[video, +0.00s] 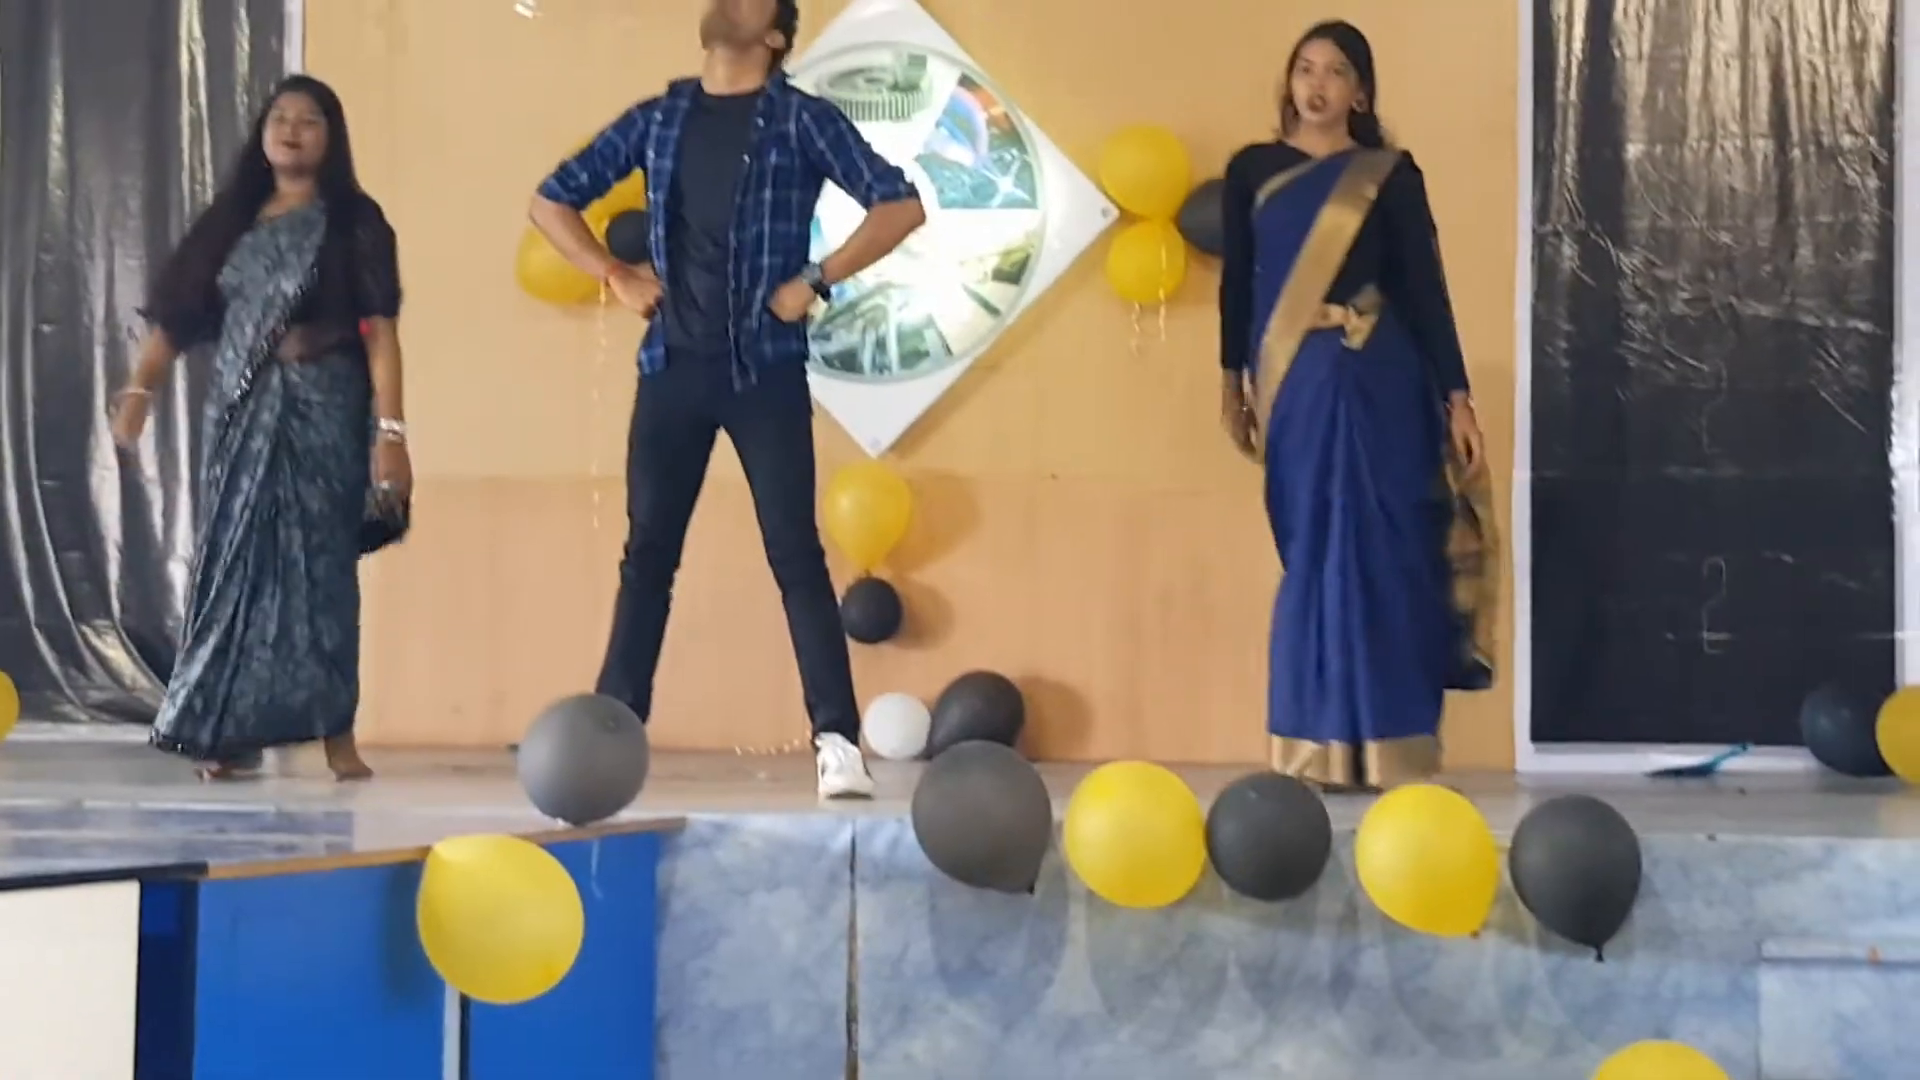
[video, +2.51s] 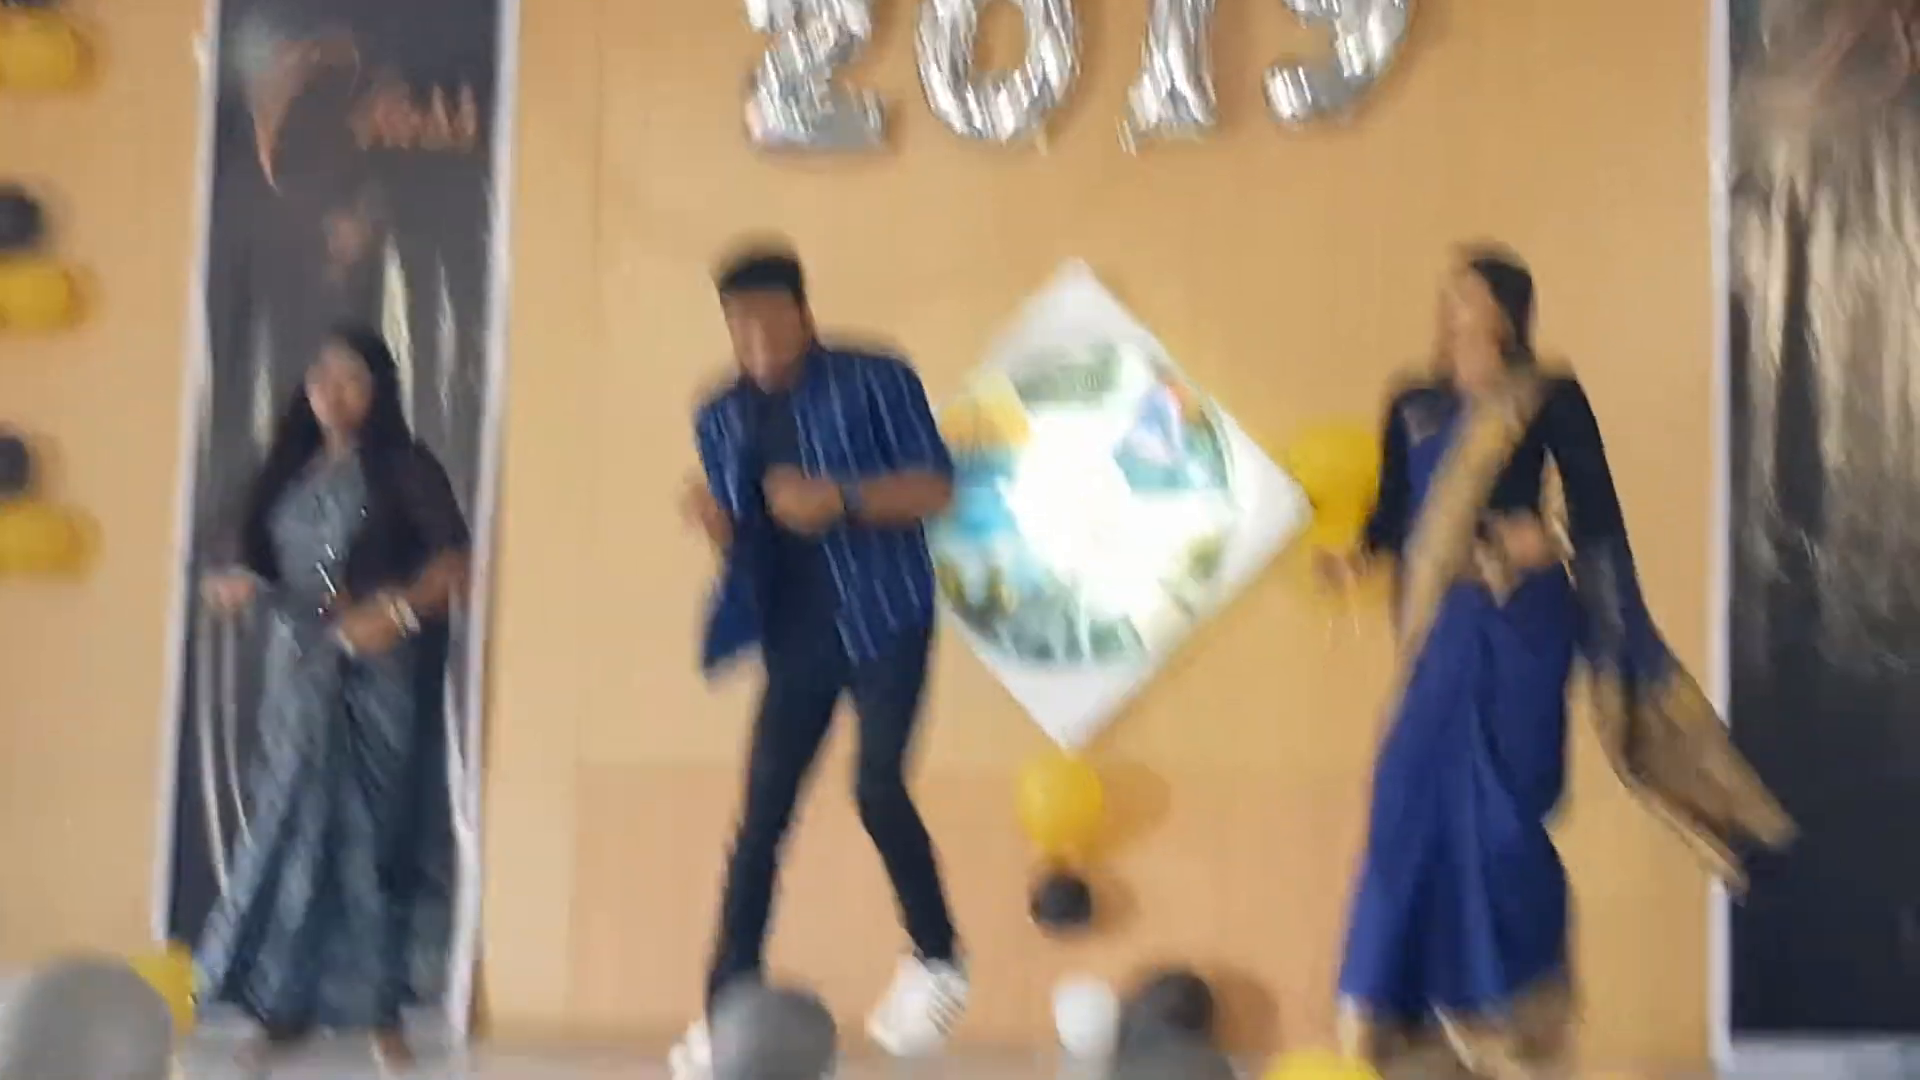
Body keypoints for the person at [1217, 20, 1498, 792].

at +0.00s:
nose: (1317, 82)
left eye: (1334, 72)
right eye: (1307, 69)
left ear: (1360, 88)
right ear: (1287, 80)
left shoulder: (1392, 174)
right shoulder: (1251, 168)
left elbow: (1426, 289)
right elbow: (1237, 279)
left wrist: (1457, 394)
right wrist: (1235, 373)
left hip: (1385, 388)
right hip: (1295, 389)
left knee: (1388, 556)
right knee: (1314, 555)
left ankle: (1392, 745)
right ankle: (1318, 746)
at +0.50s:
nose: (1343, 144)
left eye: (1359, 133)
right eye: (1331, 131)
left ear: (1384, 148)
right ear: (1310, 142)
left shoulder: (1413, 232)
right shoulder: (1276, 226)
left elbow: (1440, 352)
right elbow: (1242, 329)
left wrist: (1443, 455)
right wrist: (1256, 388)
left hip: (1391, 445)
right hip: (1308, 445)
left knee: (1390, 625)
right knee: (1301, 622)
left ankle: (1402, 822)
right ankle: (1287, 818)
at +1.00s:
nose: (1427, 315)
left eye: (1444, 302)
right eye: (1415, 299)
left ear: (1470, 318)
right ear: (1397, 308)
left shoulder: (1491, 412)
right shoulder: (1357, 379)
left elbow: (1504, 539)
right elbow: (1308, 476)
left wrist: (1561, 597)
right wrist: (1320, 549)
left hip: (1471, 610)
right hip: (1379, 607)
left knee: (1485, 779)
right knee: (1372, 779)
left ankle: (1452, 961)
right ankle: (1364, 967)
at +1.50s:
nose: (1660, 364)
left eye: (1678, 349)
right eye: (1651, 352)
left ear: (1721, 362)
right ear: (1644, 367)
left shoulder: (1767, 462)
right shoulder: (1618, 446)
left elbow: (1786, 586)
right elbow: (1558, 557)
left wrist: (1866, 566)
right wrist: (1638, 537)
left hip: (1741, 669)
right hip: (1641, 670)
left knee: (1760, 844)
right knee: (1659, 851)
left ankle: (1760, 1047)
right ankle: (1650, 1041)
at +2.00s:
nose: (1616, 465)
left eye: (1632, 447)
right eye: (1606, 454)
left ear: (1675, 453)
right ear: (1601, 468)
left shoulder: (1740, 523)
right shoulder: (1598, 559)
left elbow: (1805, 618)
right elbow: (1584, 690)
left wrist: (1708, 595)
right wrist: (1563, 656)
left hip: (1743, 760)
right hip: (1644, 770)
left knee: (1751, 936)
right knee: (1626, 931)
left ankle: (1758, 1065)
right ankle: (1641, 1065)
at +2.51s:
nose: (1453, 316)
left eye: (1468, 302)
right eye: (1449, 302)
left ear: (1508, 314)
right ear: (1441, 314)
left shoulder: (1552, 398)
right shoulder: (1416, 404)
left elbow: (1599, 524)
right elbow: (1395, 509)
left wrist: (1542, 545)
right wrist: (1361, 551)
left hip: (1524, 623)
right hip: (1443, 624)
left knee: (1505, 805)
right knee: (1408, 786)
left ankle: (1525, 1004)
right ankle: (1388, 1002)